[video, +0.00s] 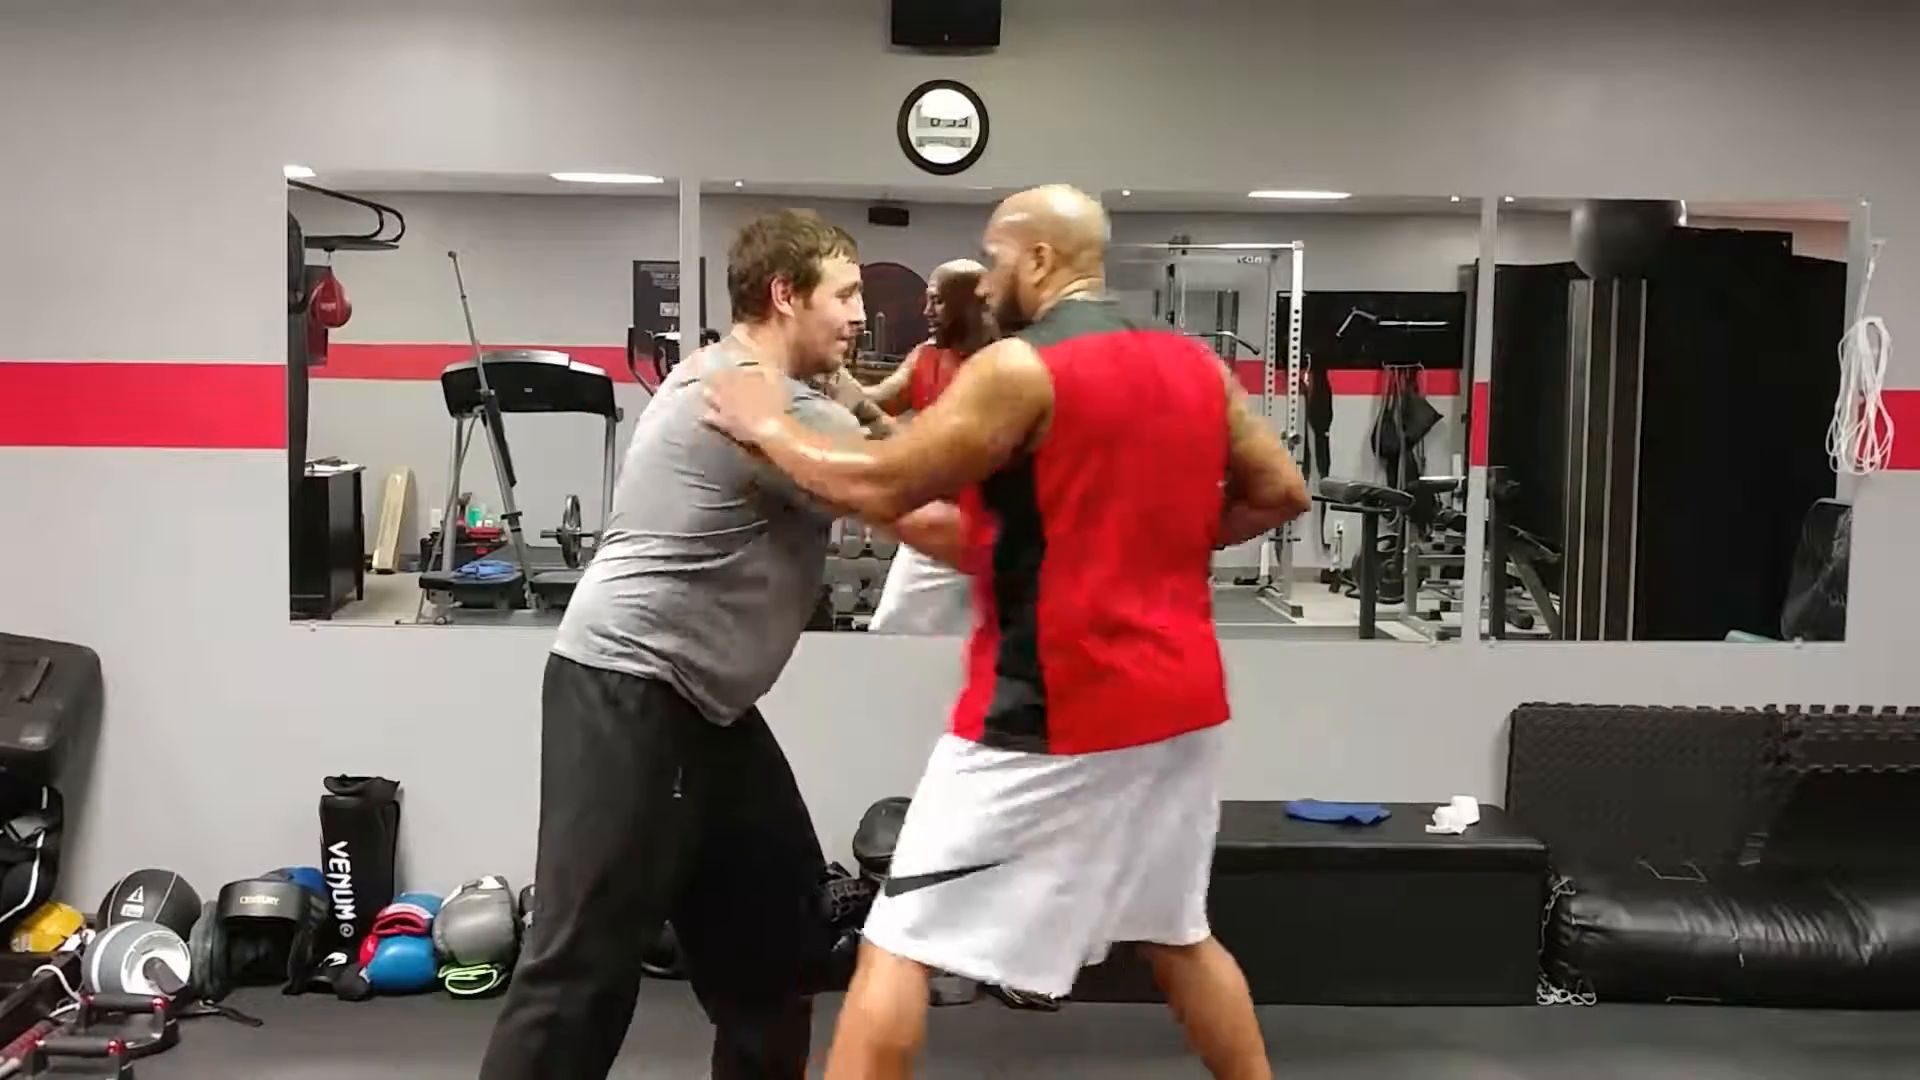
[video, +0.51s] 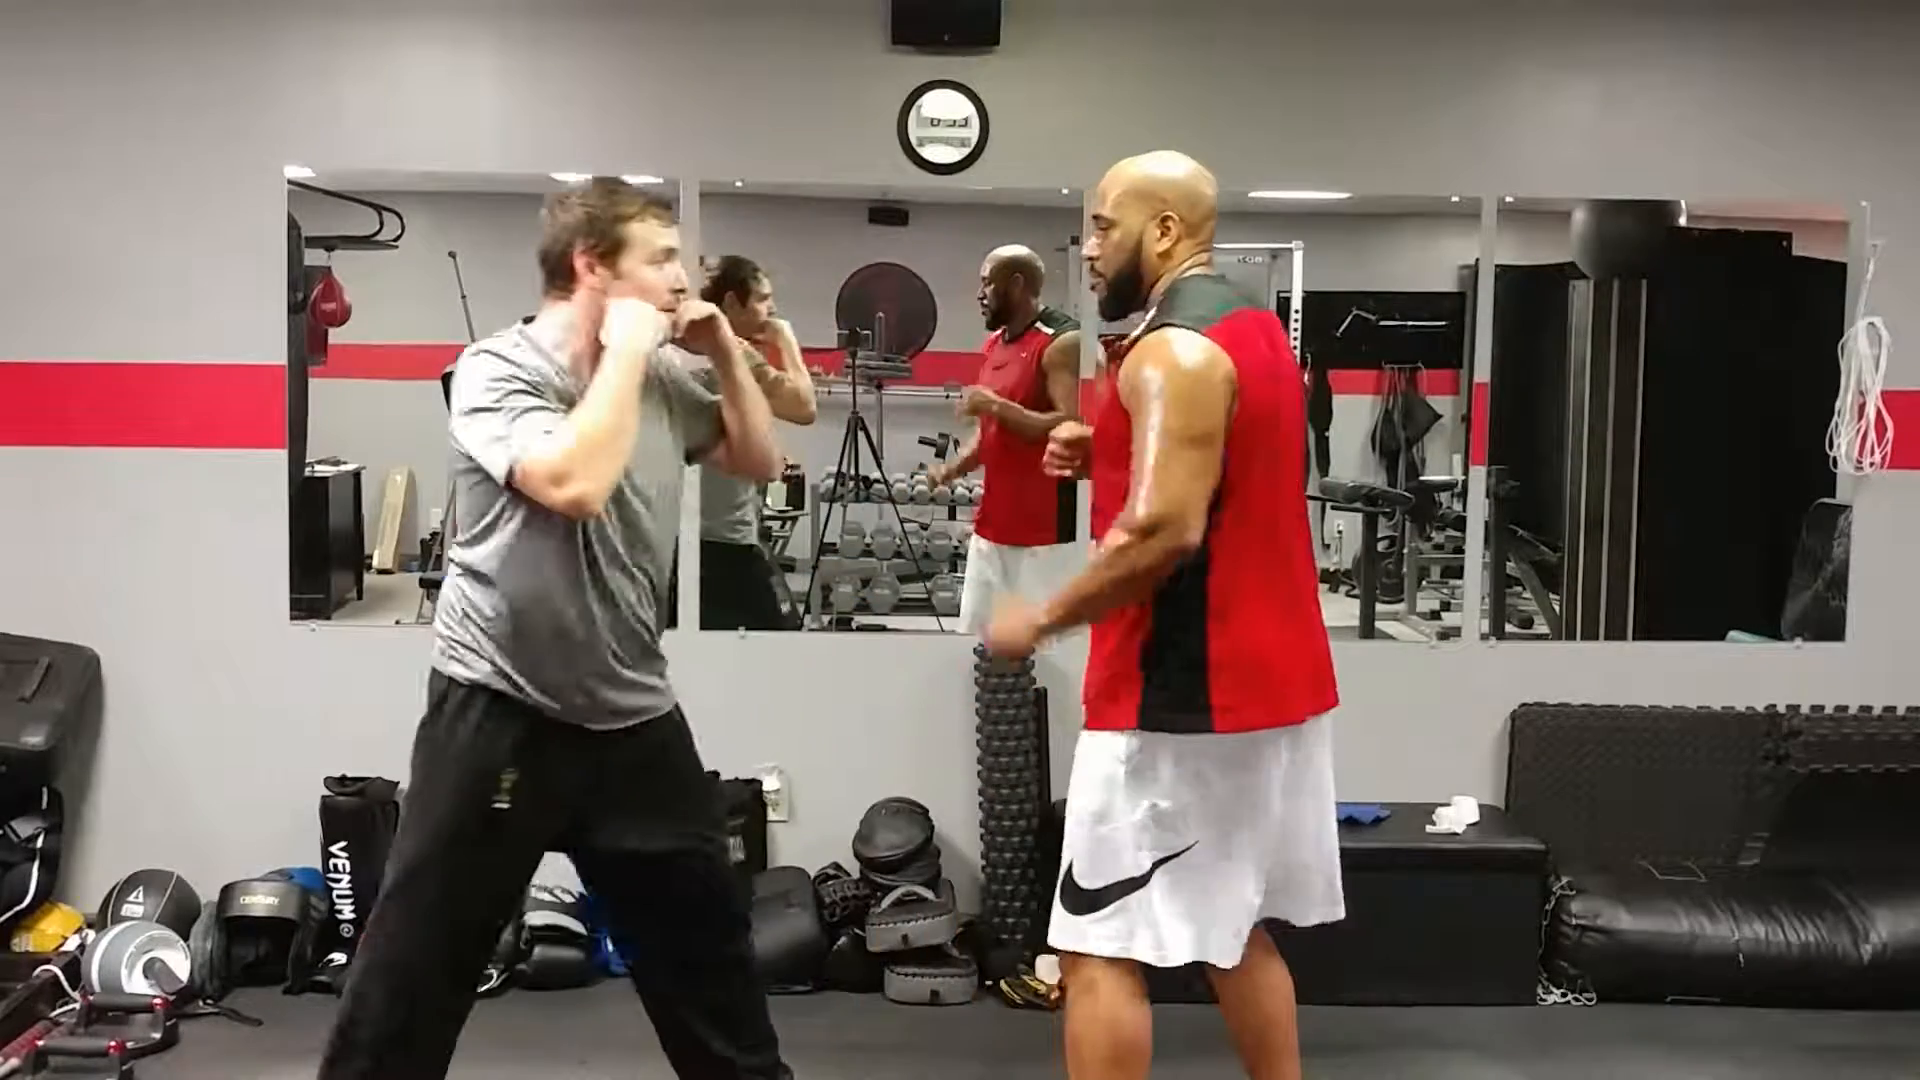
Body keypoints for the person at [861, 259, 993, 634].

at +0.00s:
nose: (927, 312)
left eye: (937, 301)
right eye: (927, 301)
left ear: (973, 301)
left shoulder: (1005, 361)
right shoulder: (926, 357)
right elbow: (871, 402)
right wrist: (835, 369)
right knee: (890, 638)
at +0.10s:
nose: (949, 307)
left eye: (958, 295)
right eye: (948, 296)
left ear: (998, 295)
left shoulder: (1037, 359)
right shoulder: (949, 356)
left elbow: (1060, 441)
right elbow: (893, 404)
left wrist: (1018, 484)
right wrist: (846, 377)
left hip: (1025, 534)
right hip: (956, 525)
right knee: (899, 615)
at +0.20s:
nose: (965, 302)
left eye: (973, 290)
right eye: (964, 291)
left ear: (1009, 290)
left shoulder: (1053, 351)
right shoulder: (971, 348)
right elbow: (921, 401)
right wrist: (878, 410)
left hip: (1036, 542)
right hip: (968, 532)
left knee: (1054, 662)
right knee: (923, 626)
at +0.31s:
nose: (975, 299)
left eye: (984, 287)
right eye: (975, 288)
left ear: (1021, 288)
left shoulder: (1062, 352)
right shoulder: (985, 344)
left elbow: (1080, 441)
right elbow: (949, 409)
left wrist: (996, 435)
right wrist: (892, 452)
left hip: (1049, 530)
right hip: (990, 525)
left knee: (1049, 657)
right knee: (964, 641)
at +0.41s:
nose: (978, 295)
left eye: (987, 284)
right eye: (979, 285)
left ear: (1020, 287)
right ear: (1011, 289)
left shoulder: (1062, 349)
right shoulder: (990, 345)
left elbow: (1074, 434)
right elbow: (974, 424)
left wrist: (993, 417)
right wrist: (940, 480)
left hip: (1042, 537)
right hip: (987, 530)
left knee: (1056, 665)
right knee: (978, 651)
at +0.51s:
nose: (980, 294)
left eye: (988, 284)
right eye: (981, 284)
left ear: (1020, 285)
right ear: (1014, 286)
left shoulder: (1061, 345)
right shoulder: (997, 345)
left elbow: (1071, 426)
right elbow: (994, 433)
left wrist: (998, 407)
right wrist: (955, 468)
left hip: (1045, 532)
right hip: (994, 525)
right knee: (994, 646)